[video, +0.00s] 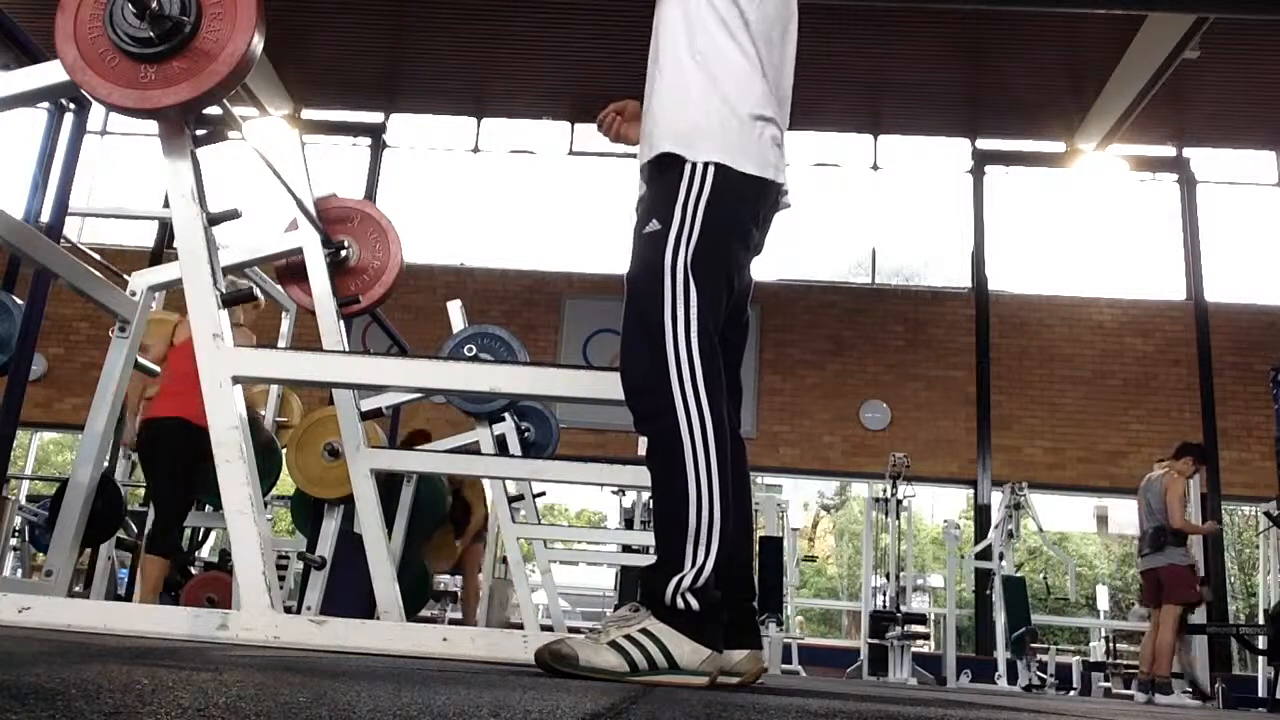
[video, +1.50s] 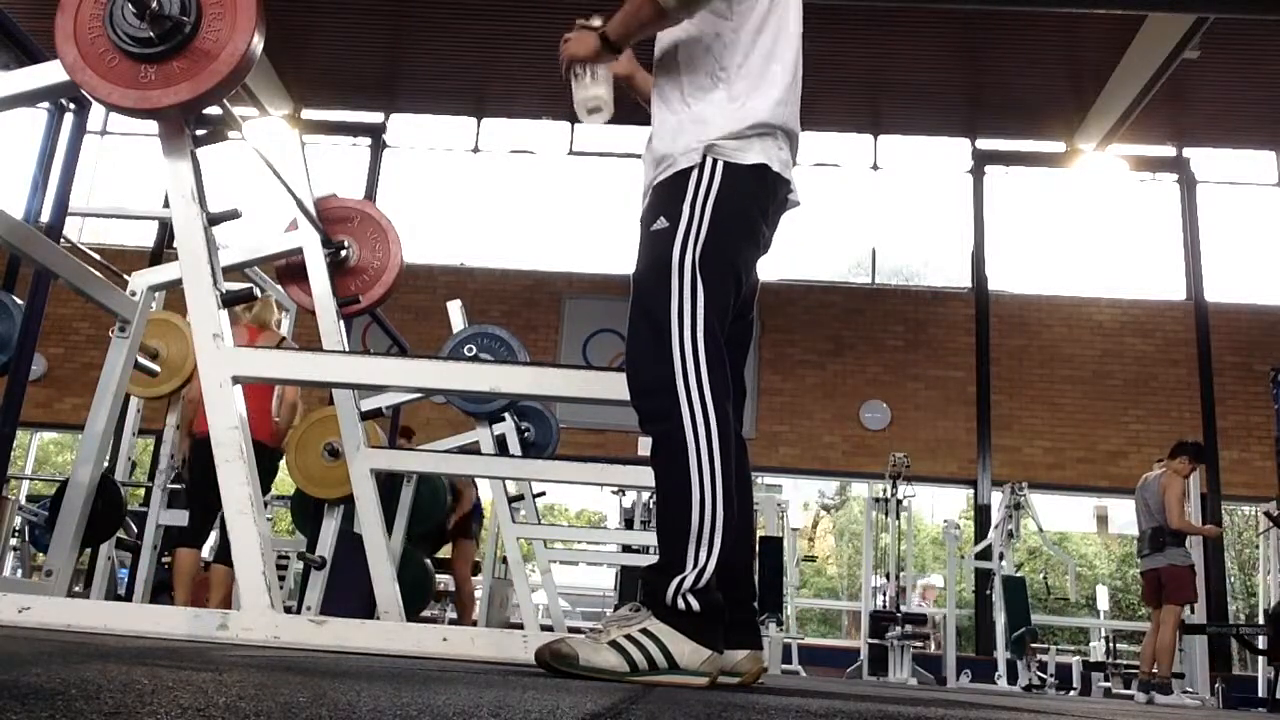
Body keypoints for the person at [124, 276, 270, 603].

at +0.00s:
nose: (250, 316)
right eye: (249, 311)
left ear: (209, 302)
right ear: (242, 310)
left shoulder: (184, 324)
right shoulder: (243, 335)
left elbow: (142, 369)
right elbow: (249, 388)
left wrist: (130, 416)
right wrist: (261, 420)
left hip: (154, 425)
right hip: (194, 431)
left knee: (166, 517)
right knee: (169, 519)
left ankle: (146, 606)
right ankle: (146, 610)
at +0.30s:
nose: (269, 336)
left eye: (270, 331)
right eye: (269, 330)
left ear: (231, 316)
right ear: (261, 326)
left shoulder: (197, 338)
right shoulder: (254, 347)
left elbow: (172, 390)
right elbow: (255, 407)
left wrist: (171, 426)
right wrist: (275, 434)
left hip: (171, 435)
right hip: (210, 442)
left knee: (174, 527)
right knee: (190, 531)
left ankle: (171, 614)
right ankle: (151, 610)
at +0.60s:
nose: (274, 348)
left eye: (275, 343)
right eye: (274, 343)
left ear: (241, 329)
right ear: (267, 337)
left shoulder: (204, 345)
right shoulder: (262, 353)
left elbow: (183, 396)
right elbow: (257, 402)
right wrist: (275, 434)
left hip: (183, 436)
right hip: (228, 441)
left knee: (181, 523)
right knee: (225, 530)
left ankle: (177, 612)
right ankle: (215, 616)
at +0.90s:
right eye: (278, 340)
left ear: (245, 324)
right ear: (274, 335)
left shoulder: (213, 343)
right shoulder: (273, 353)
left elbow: (190, 393)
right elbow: (274, 399)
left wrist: (181, 429)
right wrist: (277, 430)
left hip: (194, 434)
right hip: (240, 440)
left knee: (186, 521)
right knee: (227, 528)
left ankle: (179, 613)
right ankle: (215, 616)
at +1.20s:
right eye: (281, 326)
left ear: (244, 320)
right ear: (278, 327)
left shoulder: (216, 345)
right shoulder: (281, 355)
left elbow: (192, 396)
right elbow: (279, 410)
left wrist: (186, 438)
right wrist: (278, 443)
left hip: (203, 441)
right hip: (254, 449)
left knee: (190, 525)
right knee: (231, 532)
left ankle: (180, 614)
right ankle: (215, 619)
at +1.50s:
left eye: (231, 305)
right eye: (280, 312)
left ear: (238, 309)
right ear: (275, 314)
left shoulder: (217, 336)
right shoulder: (285, 346)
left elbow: (192, 392)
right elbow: (289, 400)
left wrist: (185, 432)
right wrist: (279, 433)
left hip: (209, 441)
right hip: (260, 446)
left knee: (194, 524)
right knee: (235, 530)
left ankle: (180, 612)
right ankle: (216, 617)